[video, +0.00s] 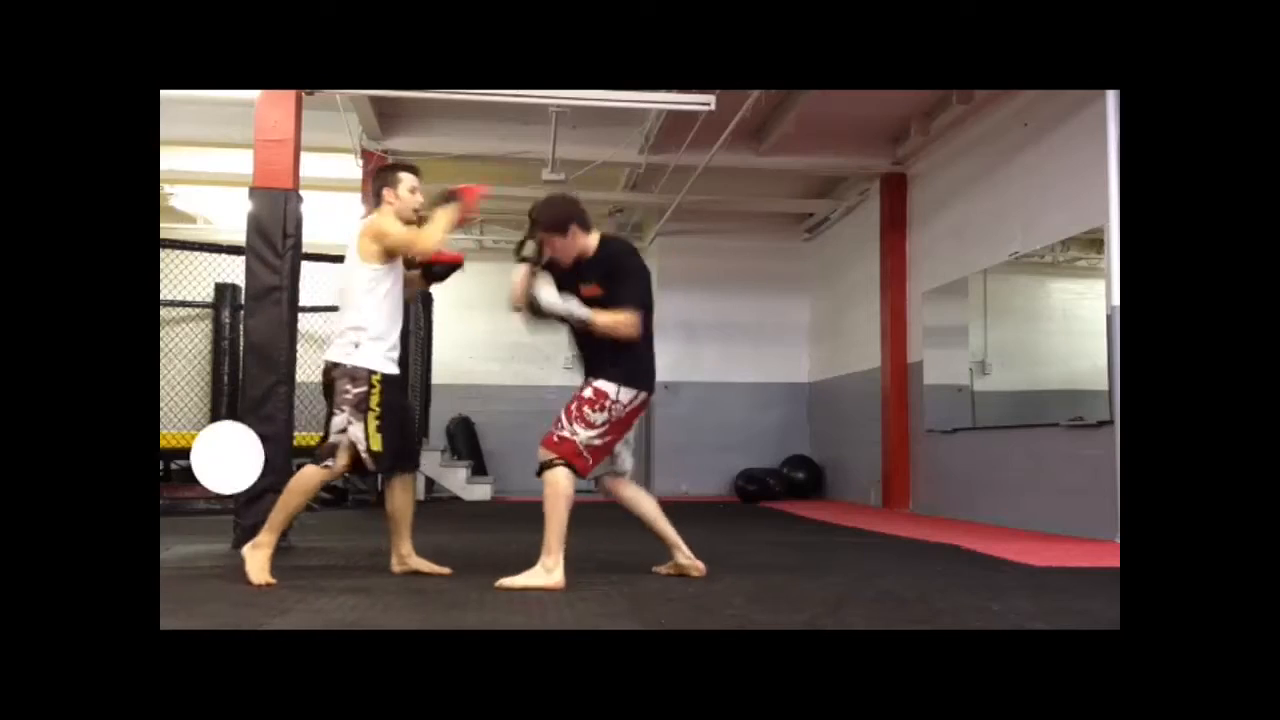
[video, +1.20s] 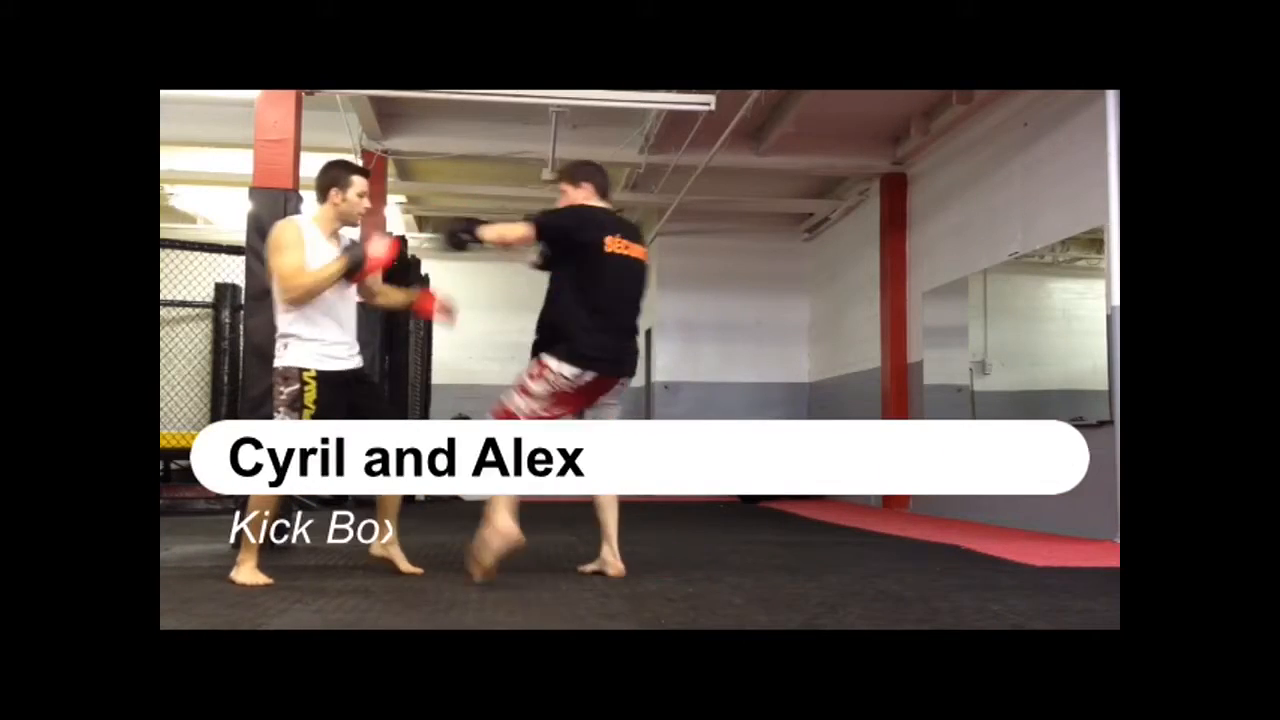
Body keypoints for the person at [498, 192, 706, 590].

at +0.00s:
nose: (546, 252)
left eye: (549, 242)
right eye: (542, 244)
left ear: (572, 230)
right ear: (566, 233)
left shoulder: (621, 257)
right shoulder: (564, 266)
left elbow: (631, 326)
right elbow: (525, 304)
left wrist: (569, 309)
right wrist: (529, 272)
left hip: (624, 379)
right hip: (603, 377)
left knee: (556, 456)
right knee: (614, 481)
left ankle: (550, 566)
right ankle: (684, 556)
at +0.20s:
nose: (530, 234)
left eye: (529, 224)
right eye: (527, 225)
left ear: (547, 215)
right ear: (557, 211)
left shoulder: (579, 251)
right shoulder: (603, 233)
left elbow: (601, 324)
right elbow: (551, 286)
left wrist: (559, 342)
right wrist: (547, 245)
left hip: (595, 368)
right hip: (627, 366)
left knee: (548, 457)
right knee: (619, 461)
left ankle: (549, 564)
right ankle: (677, 545)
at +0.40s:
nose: (541, 219)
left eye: (543, 210)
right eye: (540, 211)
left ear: (560, 204)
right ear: (580, 202)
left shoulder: (562, 235)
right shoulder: (624, 229)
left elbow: (514, 283)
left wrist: (500, 253)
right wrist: (534, 249)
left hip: (594, 365)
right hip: (640, 361)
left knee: (546, 453)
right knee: (642, 460)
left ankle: (544, 552)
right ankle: (679, 555)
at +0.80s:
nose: (530, 207)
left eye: (532, 197)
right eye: (528, 199)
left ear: (554, 192)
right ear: (567, 193)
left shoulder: (560, 220)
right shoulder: (604, 226)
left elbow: (551, 269)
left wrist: (496, 270)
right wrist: (518, 267)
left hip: (583, 357)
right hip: (616, 356)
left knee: (539, 450)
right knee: (622, 448)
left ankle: (531, 563)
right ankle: (678, 543)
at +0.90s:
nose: (520, 205)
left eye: (524, 195)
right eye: (519, 196)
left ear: (547, 190)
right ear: (547, 191)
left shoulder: (587, 224)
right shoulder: (547, 236)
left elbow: (602, 282)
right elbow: (508, 252)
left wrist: (549, 274)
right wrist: (470, 229)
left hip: (591, 363)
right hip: (589, 363)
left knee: (541, 454)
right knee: (615, 454)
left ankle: (532, 564)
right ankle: (681, 544)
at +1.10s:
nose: (531, 201)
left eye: (534, 192)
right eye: (530, 193)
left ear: (558, 187)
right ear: (562, 189)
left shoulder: (580, 226)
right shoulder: (584, 226)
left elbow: (554, 281)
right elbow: (555, 283)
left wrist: (519, 254)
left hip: (583, 360)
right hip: (603, 359)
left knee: (543, 454)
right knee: (589, 451)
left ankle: (531, 562)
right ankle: (628, 547)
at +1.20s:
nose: (560, 199)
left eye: (564, 191)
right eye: (561, 192)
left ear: (585, 189)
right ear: (600, 192)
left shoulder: (578, 218)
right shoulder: (632, 233)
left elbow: (514, 235)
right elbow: (601, 268)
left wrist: (468, 231)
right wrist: (554, 260)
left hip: (571, 355)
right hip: (618, 361)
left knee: (502, 425)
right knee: (600, 448)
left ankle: (501, 520)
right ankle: (610, 552)